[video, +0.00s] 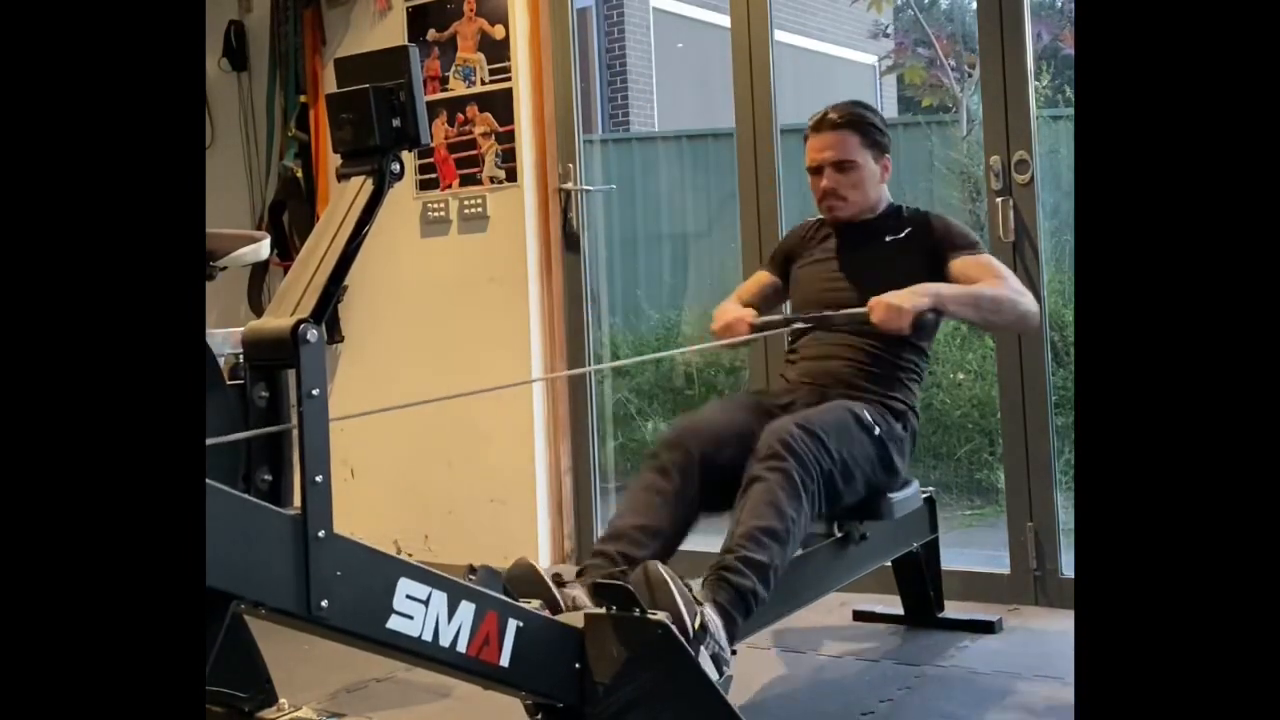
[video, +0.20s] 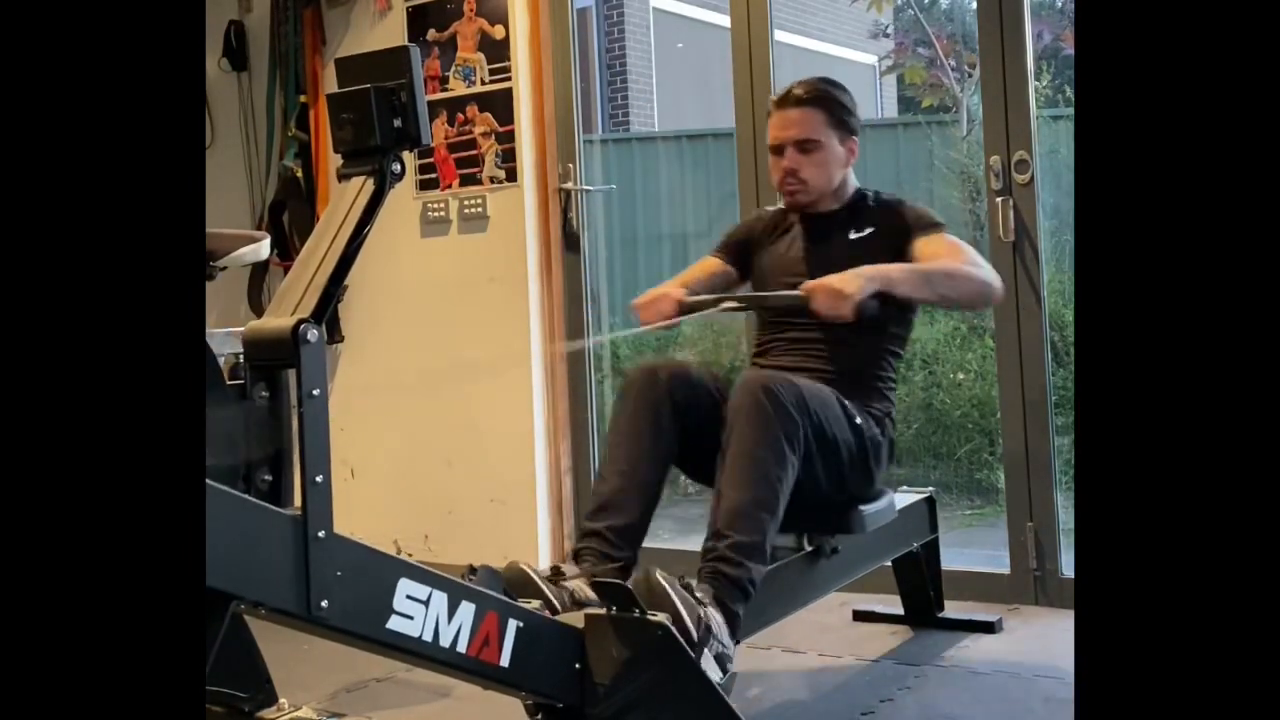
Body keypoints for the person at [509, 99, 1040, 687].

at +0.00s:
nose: (825, 184)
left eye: (840, 169)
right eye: (815, 171)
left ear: (883, 167)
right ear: (809, 173)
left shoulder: (926, 234)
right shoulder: (804, 241)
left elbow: (1022, 307)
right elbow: (742, 300)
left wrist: (931, 295)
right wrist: (734, 313)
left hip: (870, 414)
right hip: (778, 406)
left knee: (785, 446)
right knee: (685, 443)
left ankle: (716, 625)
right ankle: (591, 591)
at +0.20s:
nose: (788, 165)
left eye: (806, 148)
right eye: (777, 151)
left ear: (850, 150)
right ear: (768, 156)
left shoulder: (896, 222)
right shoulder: (761, 231)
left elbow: (983, 284)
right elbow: (700, 282)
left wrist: (876, 278)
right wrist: (667, 295)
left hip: (849, 450)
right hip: (752, 436)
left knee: (762, 390)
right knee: (656, 383)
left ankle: (717, 618)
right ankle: (593, 577)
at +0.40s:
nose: (708, 146)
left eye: (729, 128)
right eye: (699, 130)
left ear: (777, 135)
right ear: (689, 137)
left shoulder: (817, 203)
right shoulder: (684, 219)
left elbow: (833, 258)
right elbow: (598, 273)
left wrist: (725, 298)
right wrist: (525, 312)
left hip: (803, 470)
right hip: (710, 467)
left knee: (730, 337)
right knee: (604, 347)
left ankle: (705, 590)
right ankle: (578, 573)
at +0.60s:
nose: (630, 151)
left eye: (654, 133)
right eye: (621, 135)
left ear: (709, 142)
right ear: (613, 140)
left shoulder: (759, 213)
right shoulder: (611, 232)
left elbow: (726, 279)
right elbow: (521, 298)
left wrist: (629, 345)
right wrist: (420, 365)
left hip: (761, 482)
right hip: (659, 479)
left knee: (710, 323)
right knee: (572, 309)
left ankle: (695, 571)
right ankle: (574, 558)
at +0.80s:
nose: (671, 142)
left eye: (694, 124)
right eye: (663, 127)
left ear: (745, 134)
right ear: (656, 136)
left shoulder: (787, 199)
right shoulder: (649, 222)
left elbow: (762, 268)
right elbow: (562, 282)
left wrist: (680, 328)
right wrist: (472, 342)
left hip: (776, 469)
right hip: (686, 467)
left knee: (722, 335)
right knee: (593, 314)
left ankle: (698, 573)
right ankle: (578, 562)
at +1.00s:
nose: (771, 145)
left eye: (790, 129)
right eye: (763, 133)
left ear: (838, 140)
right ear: (754, 144)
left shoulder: (866, 202)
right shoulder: (742, 217)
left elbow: (849, 262)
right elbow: (669, 267)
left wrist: (787, 294)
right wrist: (603, 306)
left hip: (846, 436)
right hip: (755, 423)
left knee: (770, 380)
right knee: (650, 385)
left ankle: (708, 608)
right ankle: (583, 577)